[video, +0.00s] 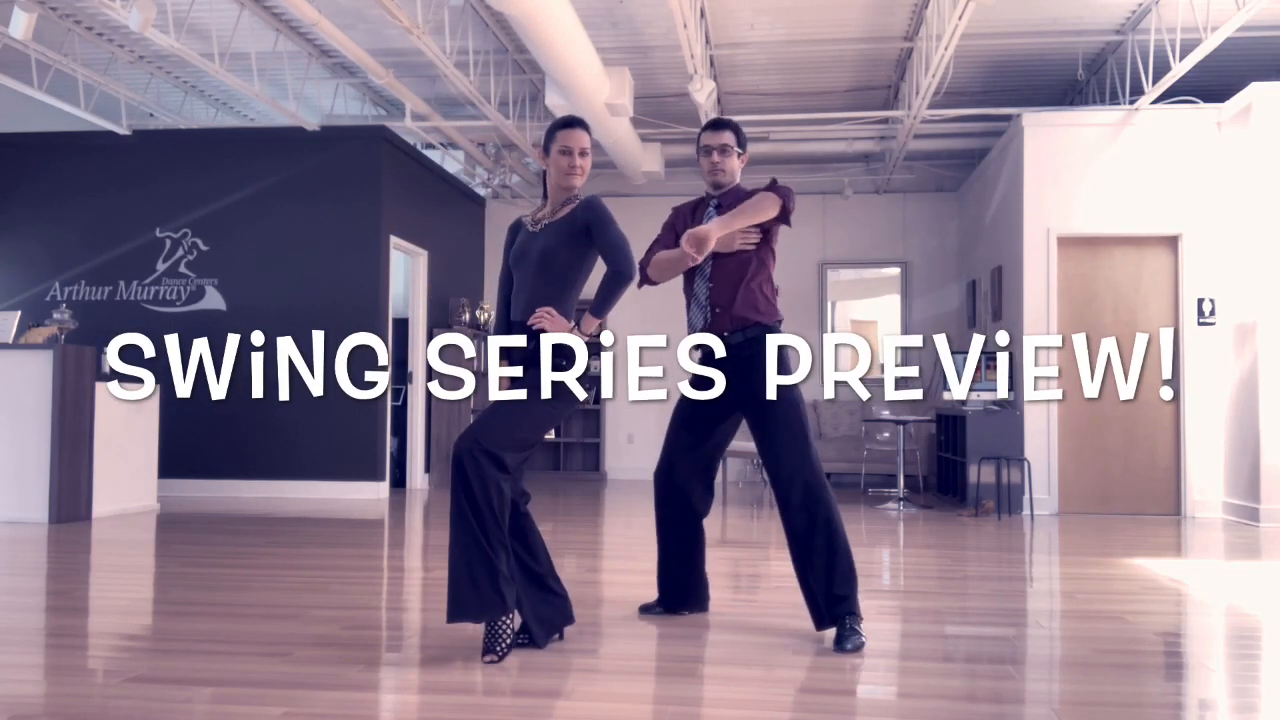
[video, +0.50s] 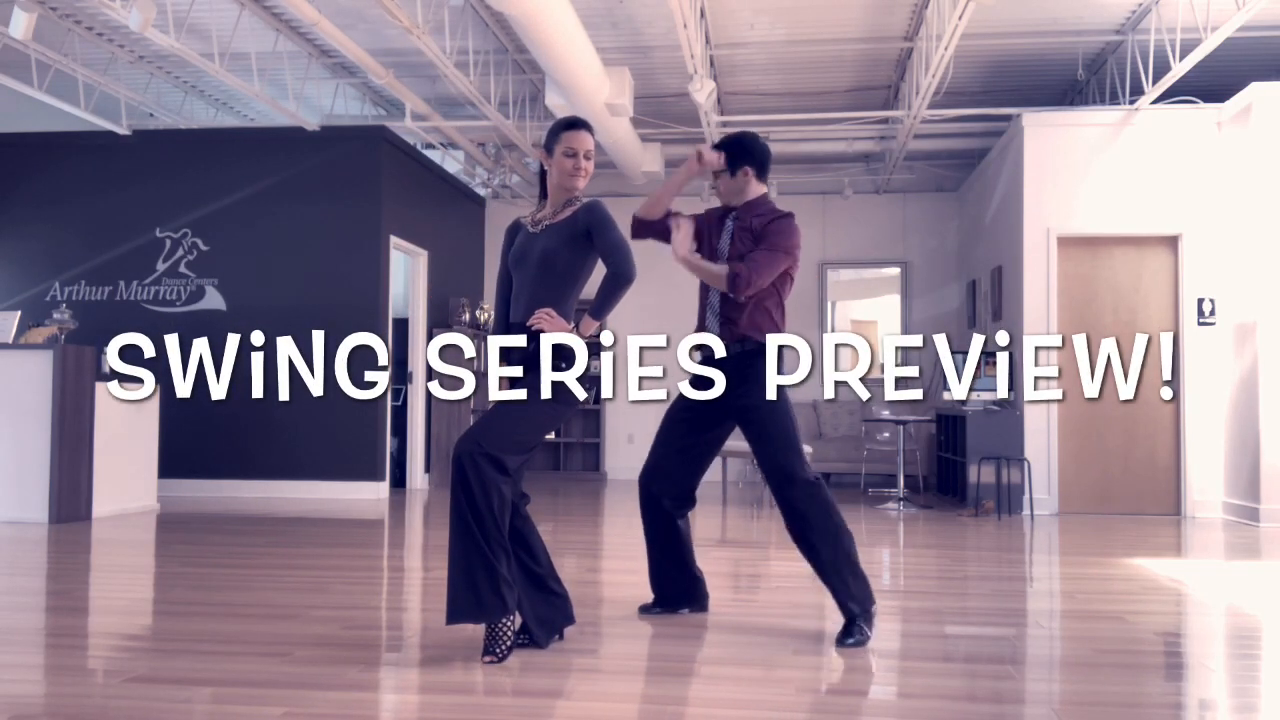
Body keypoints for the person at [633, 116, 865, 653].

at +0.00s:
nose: (717, 159)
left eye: (726, 151)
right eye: (708, 152)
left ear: (744, 158)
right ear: (698, 161)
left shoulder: (766, 197)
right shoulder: (683, 216)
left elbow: (767, 208)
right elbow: (648, 271)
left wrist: (713, 230)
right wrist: (684, 255)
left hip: (761, 353)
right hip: (706, 359)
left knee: (799, 478)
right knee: (675, 477)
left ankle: (843, 612)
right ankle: (683, 593)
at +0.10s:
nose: (712, 166)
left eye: (722, 157)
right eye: (705, 158)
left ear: (744, 163)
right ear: (699, 165)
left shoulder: (763, 204)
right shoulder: (683, 223)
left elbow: (747, 226)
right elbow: (654, 280)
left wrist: (690, 244)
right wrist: (716, 243)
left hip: (760, 357)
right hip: (704, 361)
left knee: (800, 481)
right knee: (669, 482)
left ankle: (841, 614)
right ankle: (682, 594)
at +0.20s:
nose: (705, 173)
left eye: (714, 165)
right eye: (701, 165)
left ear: (742, 170)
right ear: (700, 170)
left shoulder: (767, 212)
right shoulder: (690, 224)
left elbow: (755, 244)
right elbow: (662, 271)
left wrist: (690, 261)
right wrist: (674, 267)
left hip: (759, 364)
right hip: (704, 366)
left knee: (800, 484)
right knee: (665, 483)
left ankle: (841, 615)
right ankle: (682, 592)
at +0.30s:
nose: (700, 178)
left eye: (708, 169)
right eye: (697, 169)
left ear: (739, 172)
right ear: (705, 175)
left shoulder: (771, 221)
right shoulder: (688, 224)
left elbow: (755, 270)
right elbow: (651, 271)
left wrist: (685, 280)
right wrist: (706, 226)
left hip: (757, 368)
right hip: (703, 370)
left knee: (797, 484)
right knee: (660, 485)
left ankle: (843, 615)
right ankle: (681, 592)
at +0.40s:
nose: (703, 182)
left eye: (710, 173)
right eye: (701, 174)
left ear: (742, 174)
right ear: (712, 178)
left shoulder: (774, 224)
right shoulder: (700, 222)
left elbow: (752, 279)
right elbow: (640, 246)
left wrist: (684, 279)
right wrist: (696, 204)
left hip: (756, 367)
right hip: (704, 369)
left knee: (796, 482)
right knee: (658, 484)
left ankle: (849, 614)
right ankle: (681, 592)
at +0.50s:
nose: (717, 182)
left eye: (722, 173)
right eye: (715, 174)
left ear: (748, 174)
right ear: (734, 174)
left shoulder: (782, 227)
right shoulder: (713, 222)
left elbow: (742, 281)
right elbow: (643, 223)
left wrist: (685, 258)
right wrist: (688, 171)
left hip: (757, 370)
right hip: (709, 370)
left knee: (795, 485)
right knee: (659, 483)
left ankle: (858, 605)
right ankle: (680, 592)